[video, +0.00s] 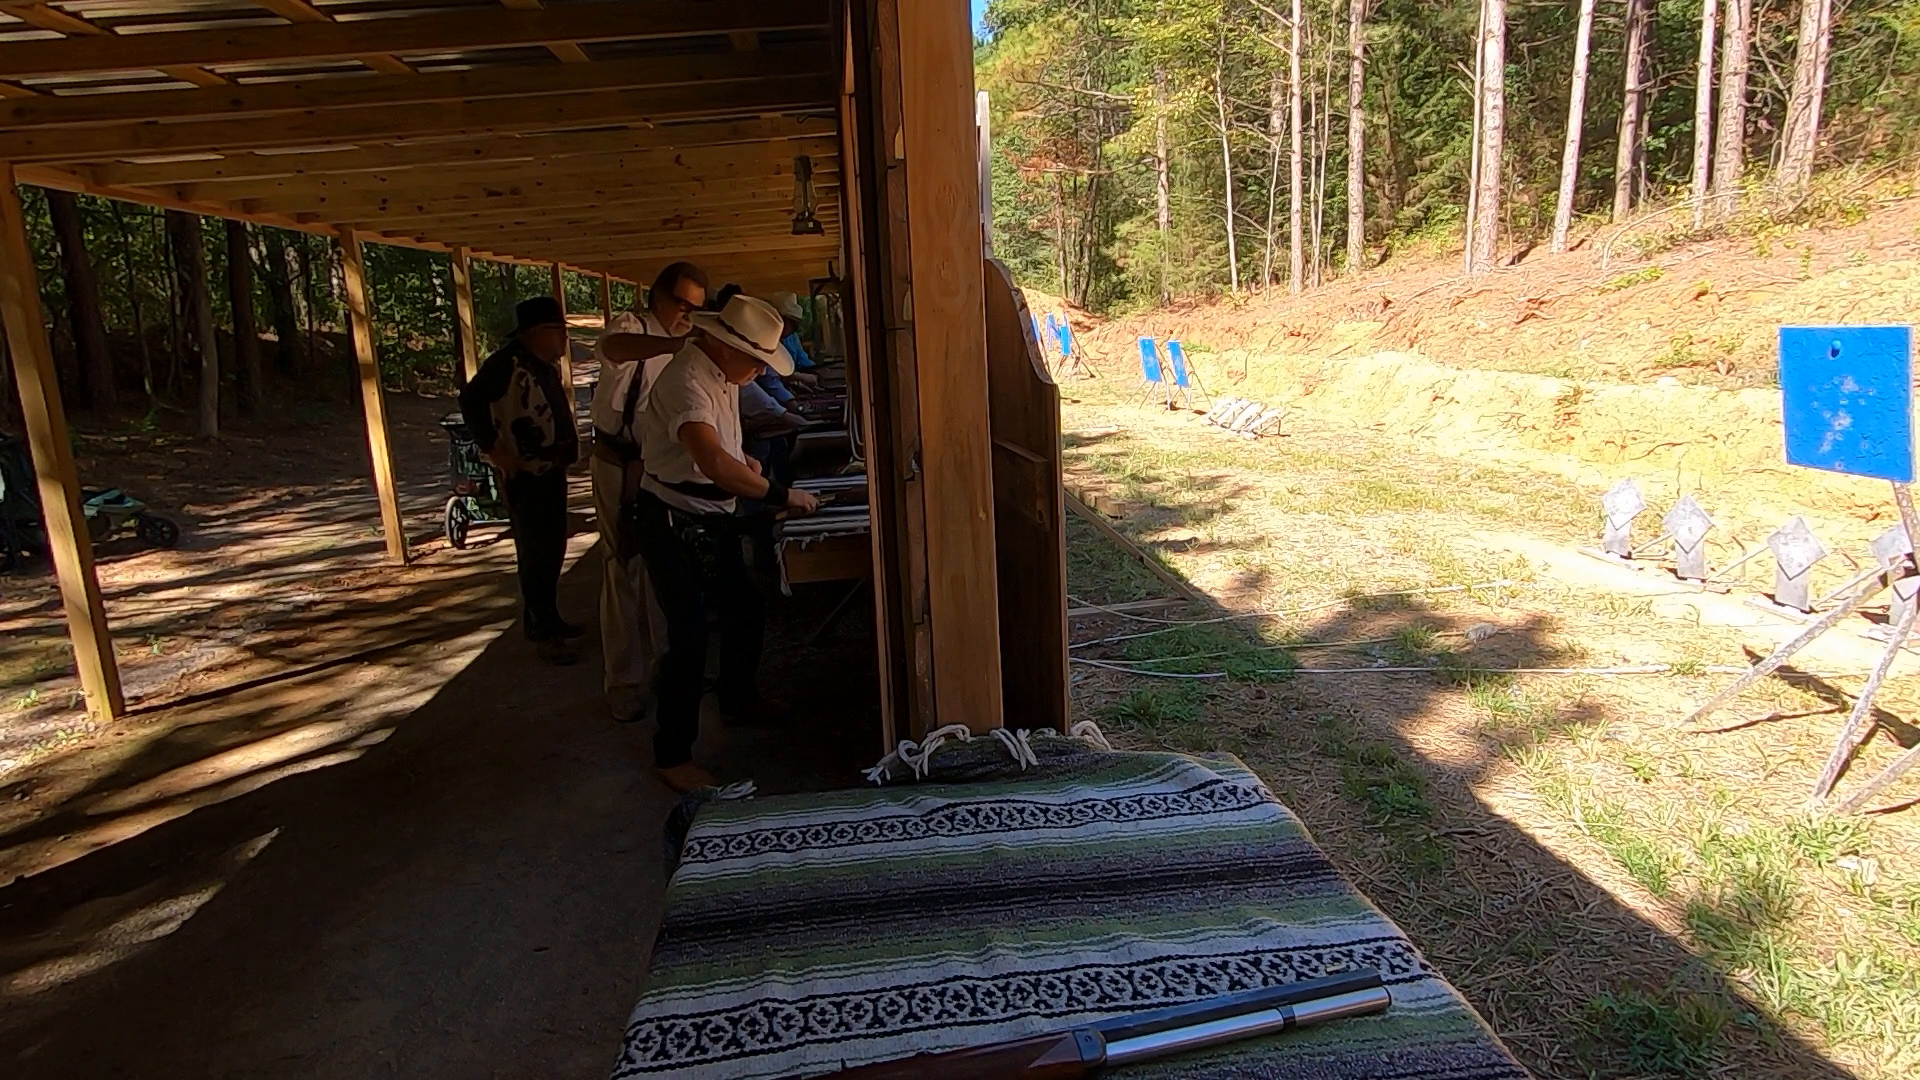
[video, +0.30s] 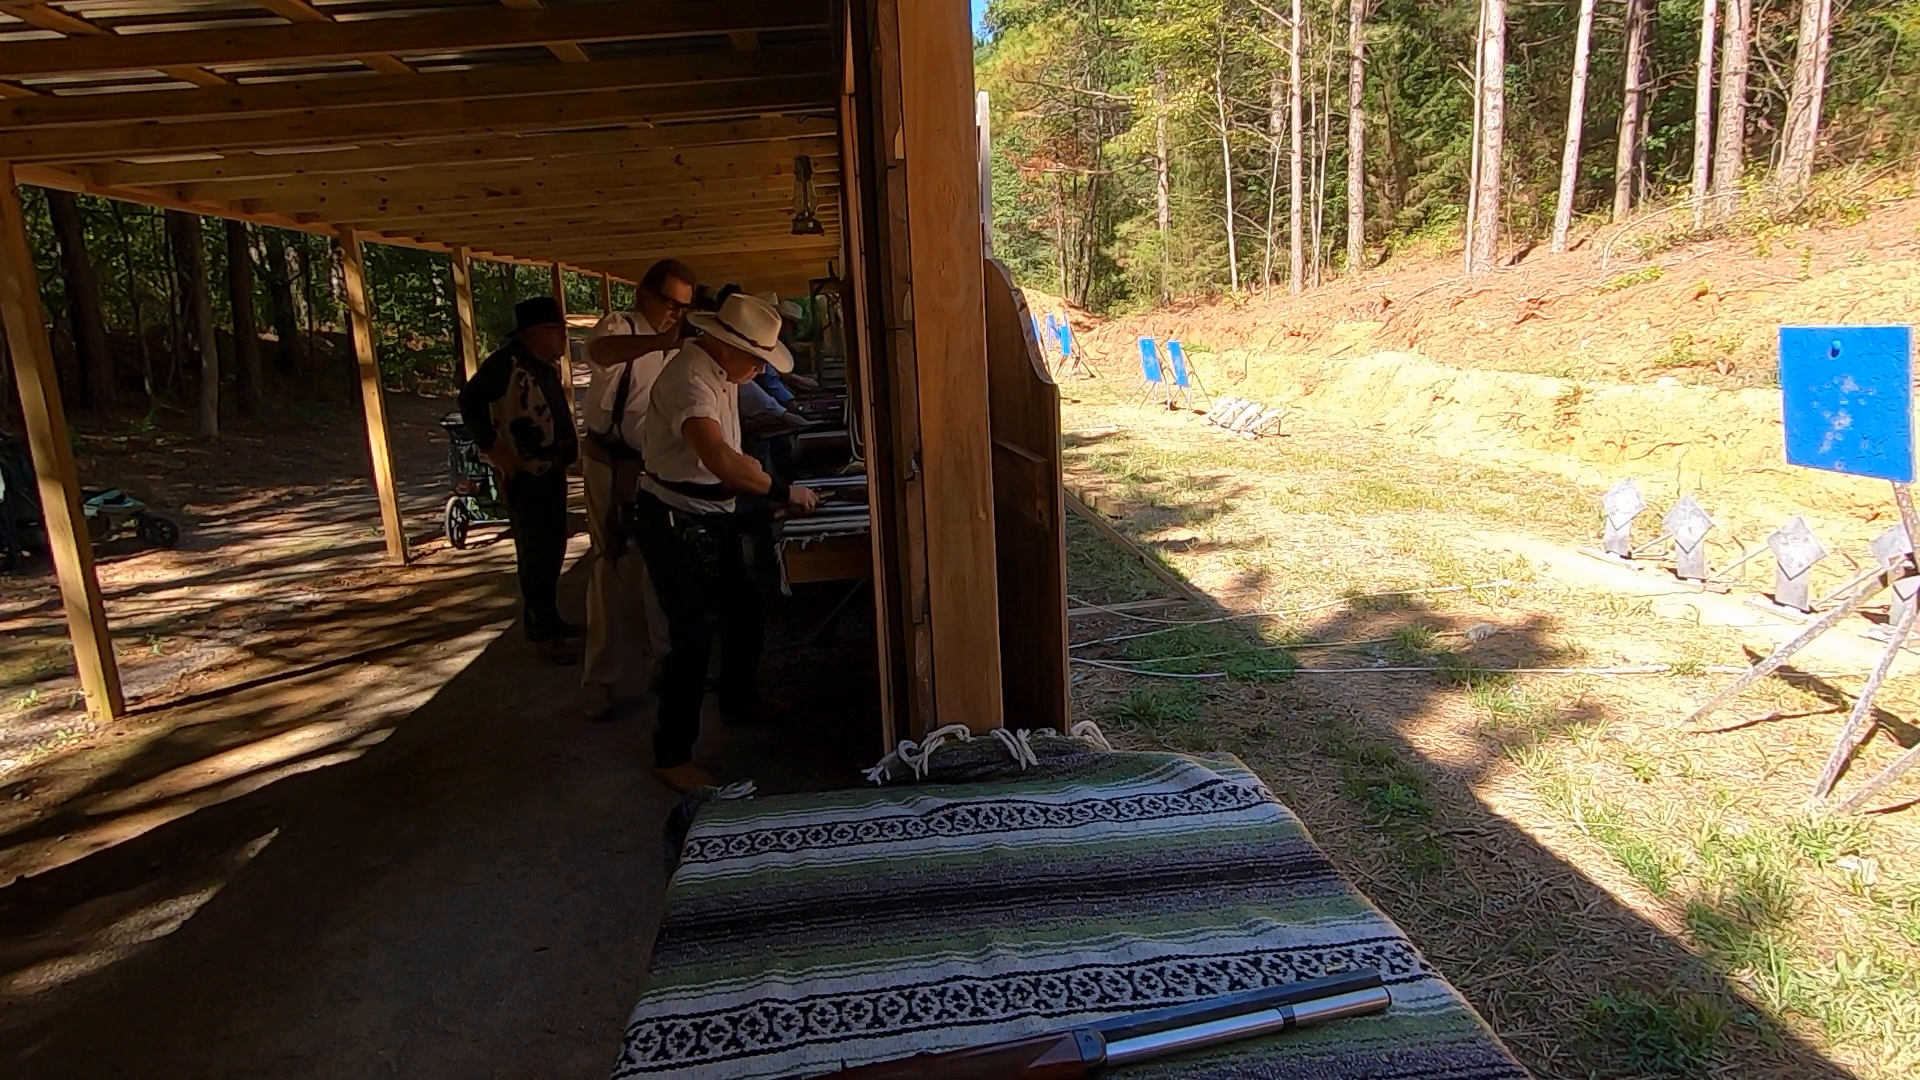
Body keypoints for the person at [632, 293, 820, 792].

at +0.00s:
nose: (758, 374)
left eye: (762, 366)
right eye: (757, 364)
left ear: (728, 348)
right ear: (730, 348)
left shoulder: (721, 377)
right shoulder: (686, 378)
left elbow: (724, 445)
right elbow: (711, 461)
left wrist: (747, 466)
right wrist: (781, 494)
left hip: (716, 516)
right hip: (673, 520)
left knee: (742, 611)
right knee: (690, 634)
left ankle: (739, 704)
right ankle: (672, 757)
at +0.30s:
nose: (758, 372)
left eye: (762, 364)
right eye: (756, 361)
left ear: (728, 348)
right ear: (730, 347)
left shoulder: (719, 376)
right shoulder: (690, 377)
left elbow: (726, 451)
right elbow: (716, 458)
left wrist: (766, 485)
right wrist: (782, 490)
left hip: (715, 516)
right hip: (674, 520)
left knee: (743, 612)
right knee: (692, 637)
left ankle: (739, 704)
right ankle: (672, 756)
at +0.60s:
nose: (758, 343)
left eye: (759, 335)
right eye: (754, 333)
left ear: (725, 329)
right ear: (723, 327)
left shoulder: (716, 360)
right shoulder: (679, 344)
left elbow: (708, 426)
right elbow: (722, 391)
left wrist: (746, 447)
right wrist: (781, 387)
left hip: (719, 508)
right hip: (676, 511)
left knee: (733, 615)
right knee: (686, 632)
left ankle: (740, 709)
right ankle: (673, 756)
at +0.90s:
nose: (750, 333)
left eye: (750, 324)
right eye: (743, 325)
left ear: (722, 324)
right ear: (712, 323)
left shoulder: (730, 359)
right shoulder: (669, 343)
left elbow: (757, 415)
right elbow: (702, 390)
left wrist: (784, 383)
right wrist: (755, 370)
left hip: (724, 508)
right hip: (674, 510)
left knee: (734, 615)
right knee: (682, 632)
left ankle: (739, 707)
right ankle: (672, 756)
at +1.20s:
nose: (745, 333)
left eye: (745, 323)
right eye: (737, 324)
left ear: (726, 323)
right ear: (706, 322)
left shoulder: (728, 359)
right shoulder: (666, 344)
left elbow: (772, 399)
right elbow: (700, 392)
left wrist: (798, 369)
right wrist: (751, 372)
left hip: (722, 507)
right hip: (672, 510)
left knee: (732, 615)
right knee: (680, 632)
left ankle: (739, 708)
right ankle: (672, 757)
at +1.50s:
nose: (748, 333)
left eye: (748, 324)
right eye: (741, 324)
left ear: (720, 325)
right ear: (709, 324)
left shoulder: (726, 365)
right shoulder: (667, 344)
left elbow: (753, 413)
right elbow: (700, 392)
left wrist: (808, 392)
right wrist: (753, 372)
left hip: (722, 508)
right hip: (672, 509)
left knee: (732, 615)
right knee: (681, 631)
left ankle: (740, 707)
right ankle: (672, 756)